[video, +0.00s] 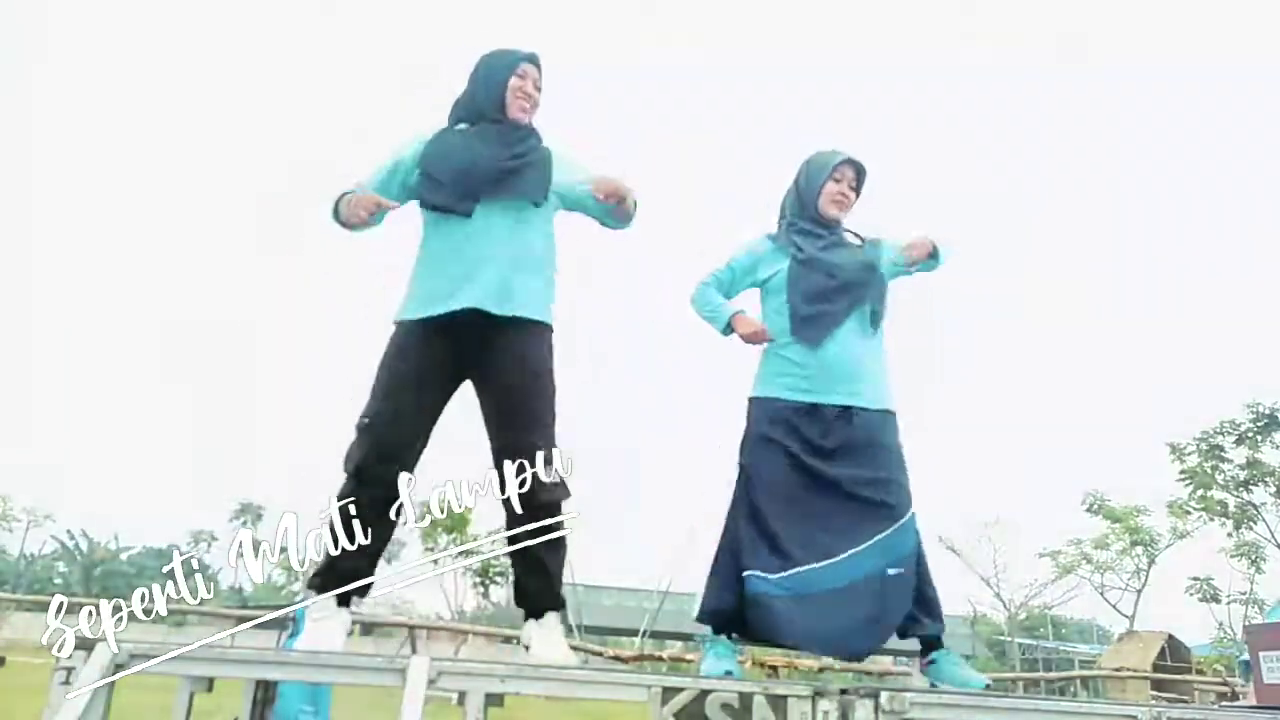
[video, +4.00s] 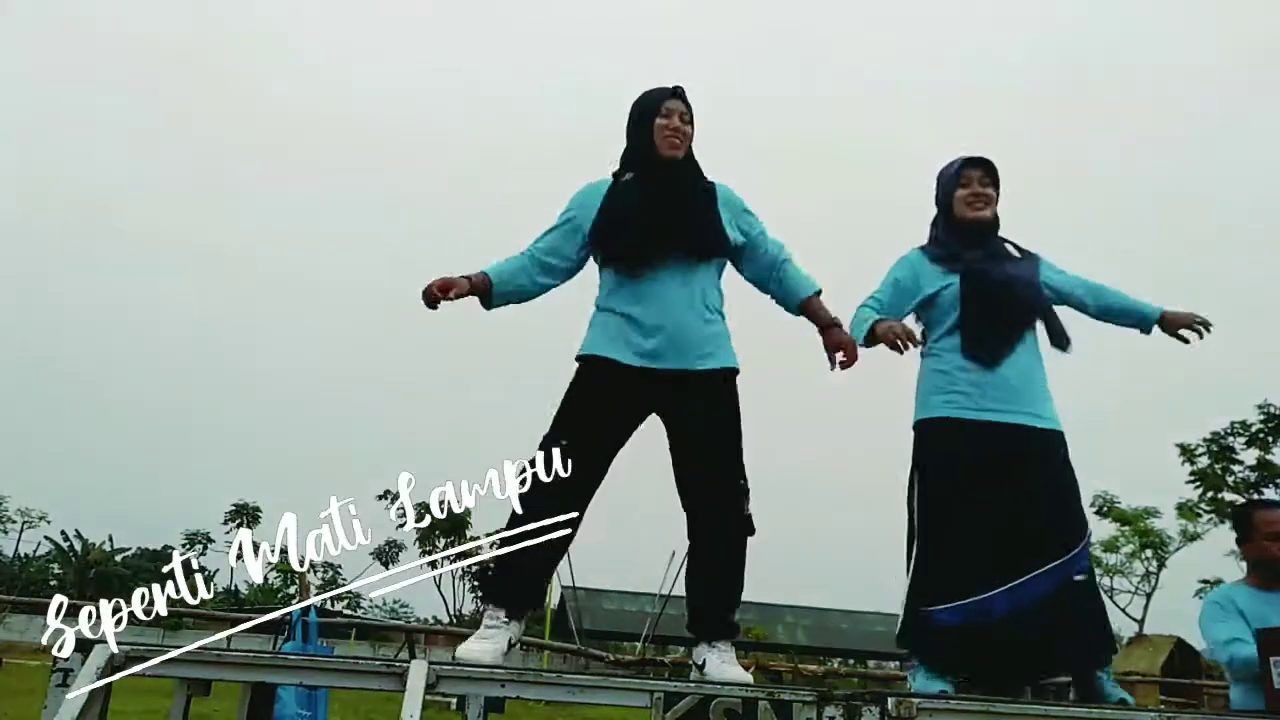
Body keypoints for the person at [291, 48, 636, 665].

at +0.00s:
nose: (531, 91)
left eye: (536, 87)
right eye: (521, 80)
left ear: (538, 101)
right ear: (488, 82)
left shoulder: (548, 159)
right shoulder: (437, 145)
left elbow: (616, 217)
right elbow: (356, 199)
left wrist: (621, 200)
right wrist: (351, 208)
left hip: (519, 324)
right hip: (432, 318)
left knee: (532, 470)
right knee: (378, 455)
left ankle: (543, 616)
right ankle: (332, 600)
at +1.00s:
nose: (654, 116)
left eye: (664, 108)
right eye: (644, 108)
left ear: (682, 120)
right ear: (629, 120)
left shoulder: (714, 190)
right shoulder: (603, 184)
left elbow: (738, 263)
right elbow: (539, 231)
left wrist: (748, 308)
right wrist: (570, 175)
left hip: (690, 345)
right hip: (609, 339)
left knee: (694, 488)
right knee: (569, 459)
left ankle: (689, 638)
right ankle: (556, 601)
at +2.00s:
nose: (544, 135)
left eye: (556, 125)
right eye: (538, 125)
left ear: (581, 127)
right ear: (529, 130)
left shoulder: (617, 194)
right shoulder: (510, 180)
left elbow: (644, 270)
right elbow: (505, 171)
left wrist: (619, 311)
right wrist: (532, 136)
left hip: (565, 352)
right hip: (485, 341)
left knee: (551, 486)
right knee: (439, 470)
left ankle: (536, 629)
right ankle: (465, 615)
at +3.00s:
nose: (514, 86)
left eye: (520, 82)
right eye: (504, 73)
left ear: (520, 95)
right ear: (469, 73)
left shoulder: (524, 155)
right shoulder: (405, 136)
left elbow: (614, 181)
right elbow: (350, 196)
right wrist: (372, 222)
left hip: (497, 313)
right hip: (405, 307)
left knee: (513, 454)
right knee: (368, 451)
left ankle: (493, 598)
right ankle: (343, 604)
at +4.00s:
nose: (675, 126)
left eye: (684, 119)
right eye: (663, 117)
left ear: (694, 133)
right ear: (639, 128)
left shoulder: (720, 202)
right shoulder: (604, 197)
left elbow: (772, 264)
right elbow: (545, 260)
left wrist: (826, 321)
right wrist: (472, 283)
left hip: (703, 369)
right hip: (615, 363)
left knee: (720, 507)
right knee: (555, 486)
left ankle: (715, 644)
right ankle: (502, 617)